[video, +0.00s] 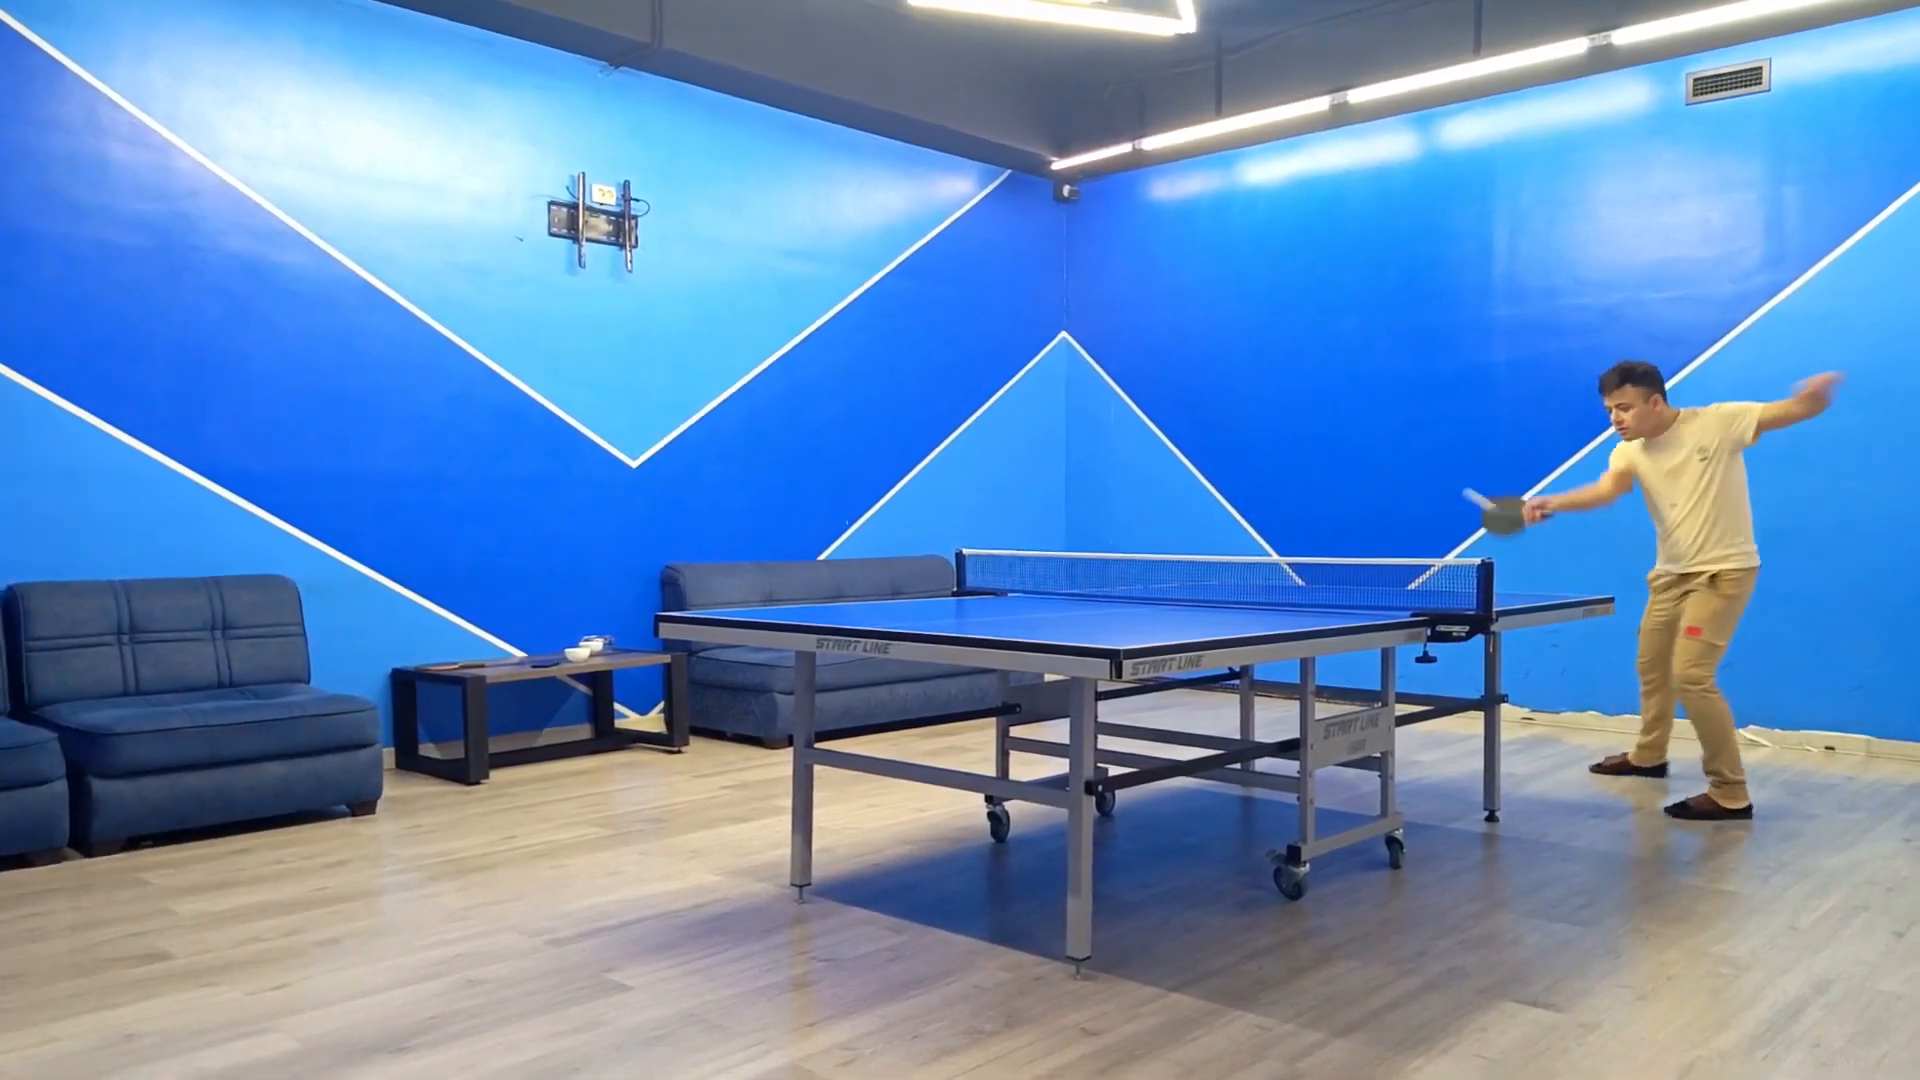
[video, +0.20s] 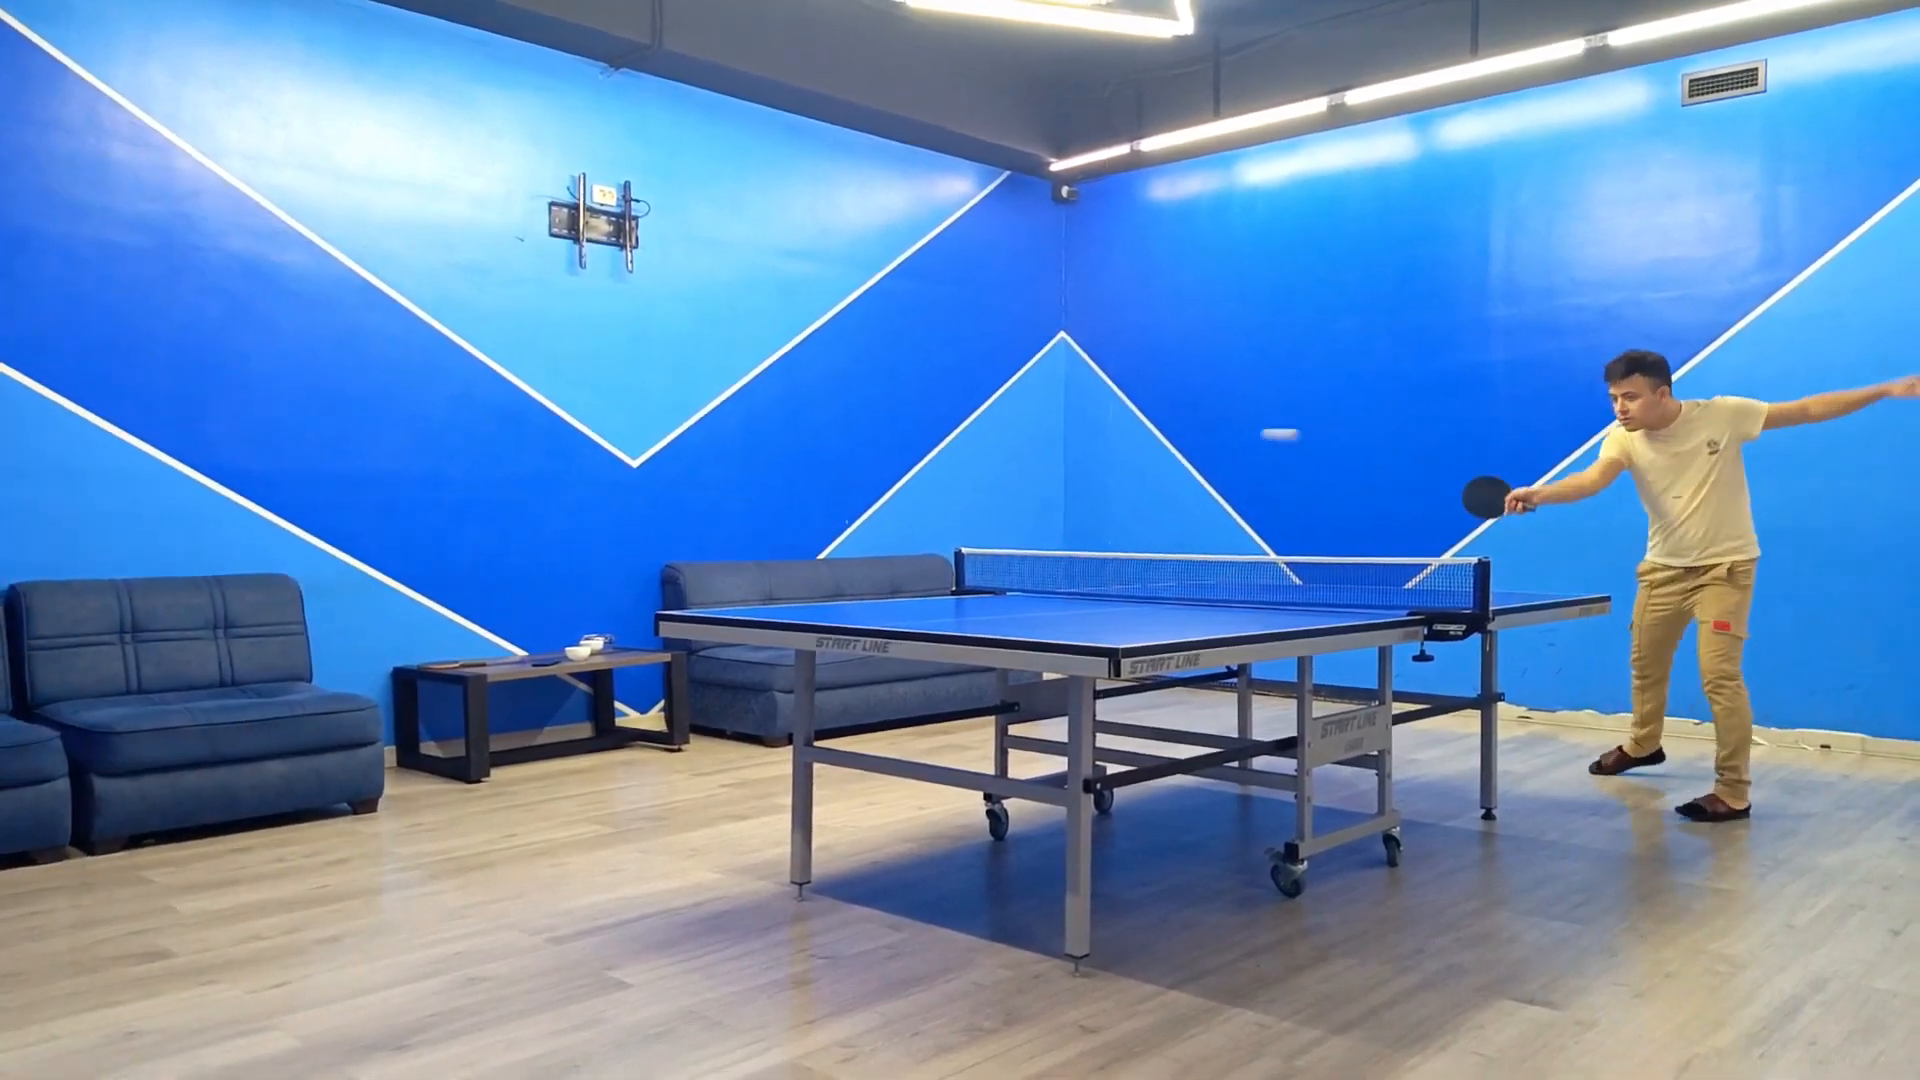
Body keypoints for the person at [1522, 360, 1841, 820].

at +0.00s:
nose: (1616, 419)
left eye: (1624, 409)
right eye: (1611, 411)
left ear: (1656, 402)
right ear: (1611, 411)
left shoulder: (1714, 422)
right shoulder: (1629, 451)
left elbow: (1787, 411)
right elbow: (1605, 490)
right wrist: (1551, 503)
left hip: (1725, 569)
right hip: (1672, 574)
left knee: (1692, 675)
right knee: (1653, 666)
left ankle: (1730, 794)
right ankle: (1649, 757)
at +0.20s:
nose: (1620, 409)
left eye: (1629, 398)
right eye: (1615, 400)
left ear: (1664, 392)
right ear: (1618, 401)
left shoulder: (1721, 415)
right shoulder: (1622, 439)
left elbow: (1807, 410)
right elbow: (1590, 481)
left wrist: (1886, 389)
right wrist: (1536, 494)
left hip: (1724, 565)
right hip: (1663, 568)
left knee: (1719, 675)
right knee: (1646, 661)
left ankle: (1732, 793)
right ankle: (1644, 745)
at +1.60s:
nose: (1661, 390)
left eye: (1674, 384)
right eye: (1660, 382)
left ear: (1703, 393)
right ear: (1657, 388)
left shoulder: (1730, 438)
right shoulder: (1663, 435)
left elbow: (1806, 455)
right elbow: (1653, 456)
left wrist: (1873, 445)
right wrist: (1606, 439)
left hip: (1712, 583)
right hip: (1651, 577)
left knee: (1742, 671)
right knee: (1606, 653)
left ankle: (1791, 764)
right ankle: (1609, 739)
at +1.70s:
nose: (1682, 404)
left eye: (1695, 397)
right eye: (1680, 395)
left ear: (1723, 411)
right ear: (1676, 404)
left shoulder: (1746, 462)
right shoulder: (1668, 453)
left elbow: (1806, 503)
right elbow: (1650, 492)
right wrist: (1588, 502)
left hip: (1722, 594)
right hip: (1659, 589)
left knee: (1745, 678)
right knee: (1608, 661)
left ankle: (1791, 765)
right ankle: (1609, 741)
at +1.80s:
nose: (1689, 407)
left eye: (1702, 401)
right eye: (1686, 400)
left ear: (1728, 415)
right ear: (1681, 409)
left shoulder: (1750, 468)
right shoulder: (1667, 460)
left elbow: (1795, 527)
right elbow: (1633, 503)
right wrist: (1570, 526)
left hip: (1721, 596)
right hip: (1660, 591)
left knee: (1744, 676)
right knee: (1603, 659)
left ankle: (1791, 765)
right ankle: (1612, 742)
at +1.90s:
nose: (1683, 401)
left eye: (1697, 396)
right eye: (1681, 394)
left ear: (1723, 409)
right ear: (1675, 403)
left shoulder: (1744, 464)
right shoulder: (1654, 453)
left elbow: (1776, 525)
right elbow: (1609, 491)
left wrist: (1777, 578)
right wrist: (1557, 508)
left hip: (1713, 590)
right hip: (1650, 585)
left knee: (1741, 671)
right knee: (1598, 655)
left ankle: (1790, 764)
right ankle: (1610, 742)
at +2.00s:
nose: (1674, 387)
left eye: (1687, 382)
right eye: (1672, 380)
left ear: (1711, 394)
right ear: (1666, 387)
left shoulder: (1731, 449)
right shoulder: (1640, 435)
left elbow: (1754, 511)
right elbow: (1591, 466)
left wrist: (1755, 559)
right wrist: (1558, 480)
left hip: (1704, 577)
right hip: (1640, 572)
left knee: (1743, 664)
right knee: (1601, 649)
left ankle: (1784, 759)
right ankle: (1609, 741)